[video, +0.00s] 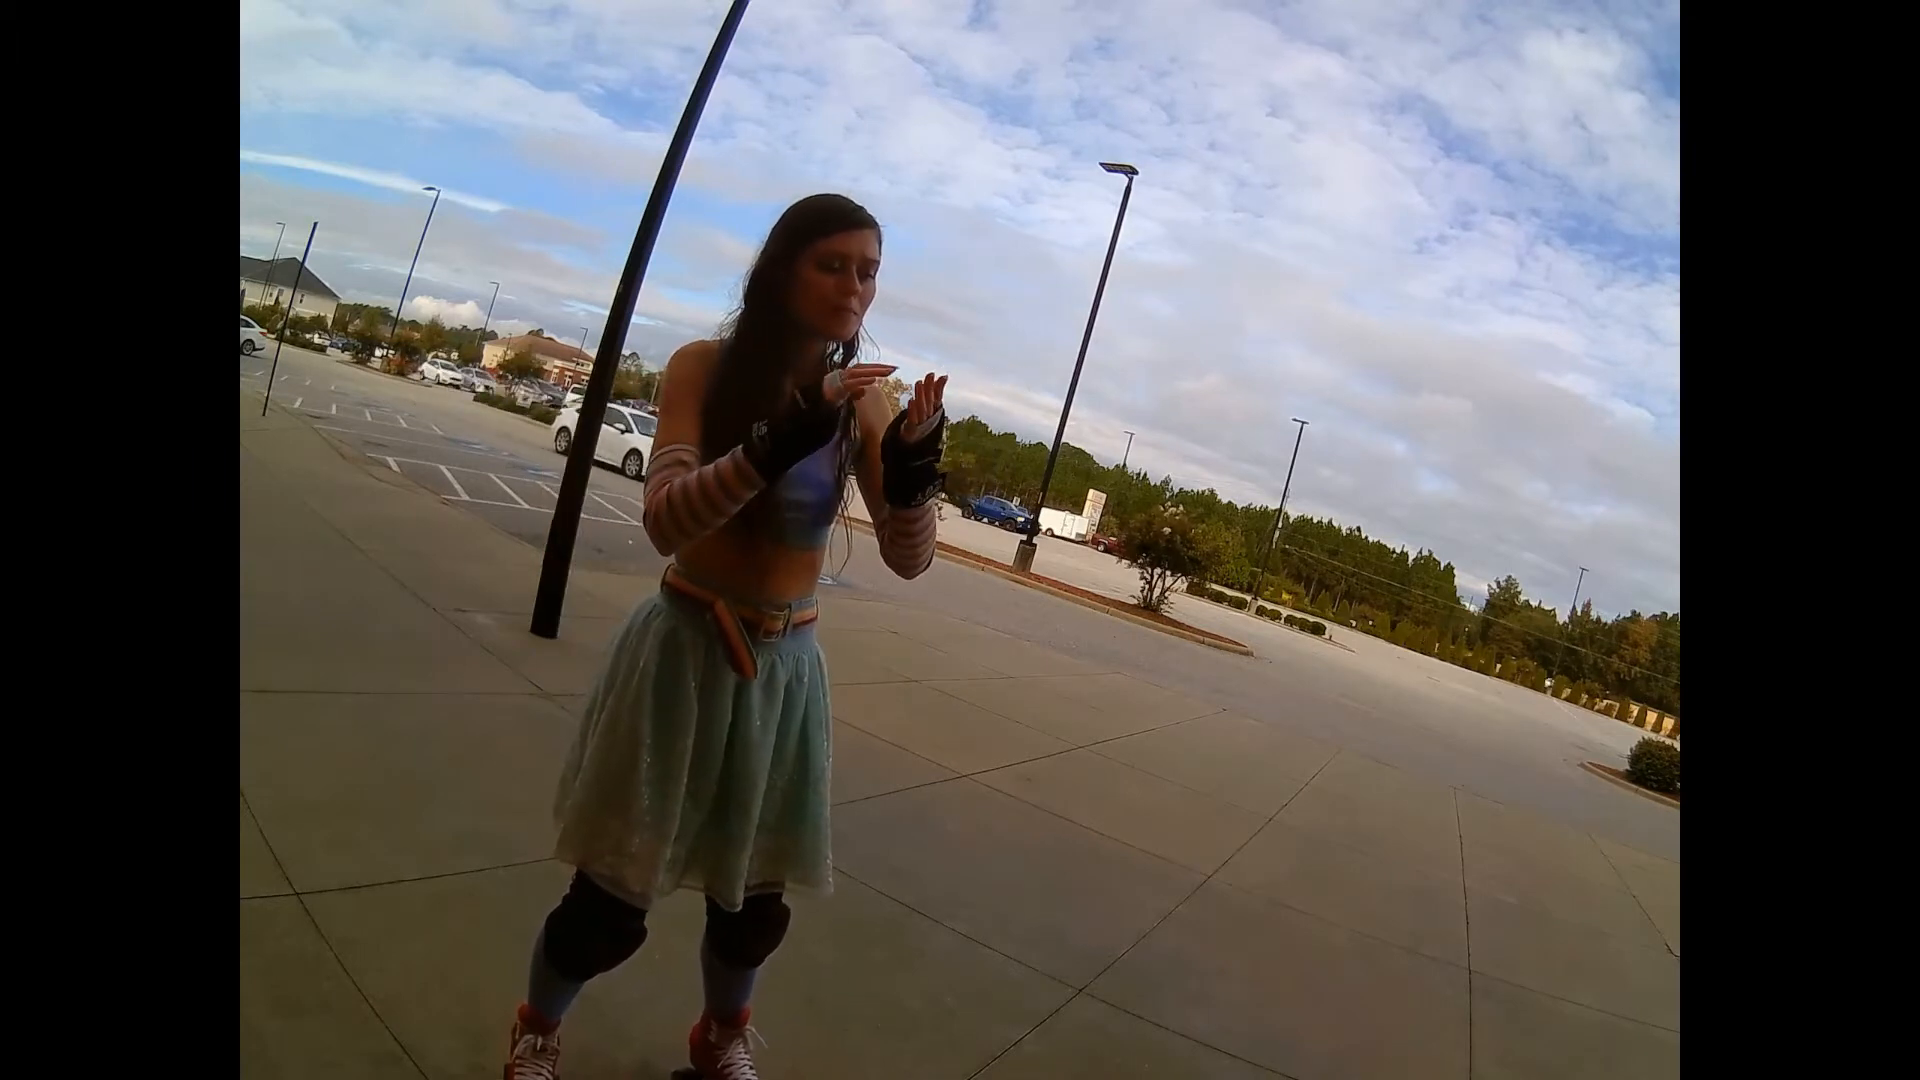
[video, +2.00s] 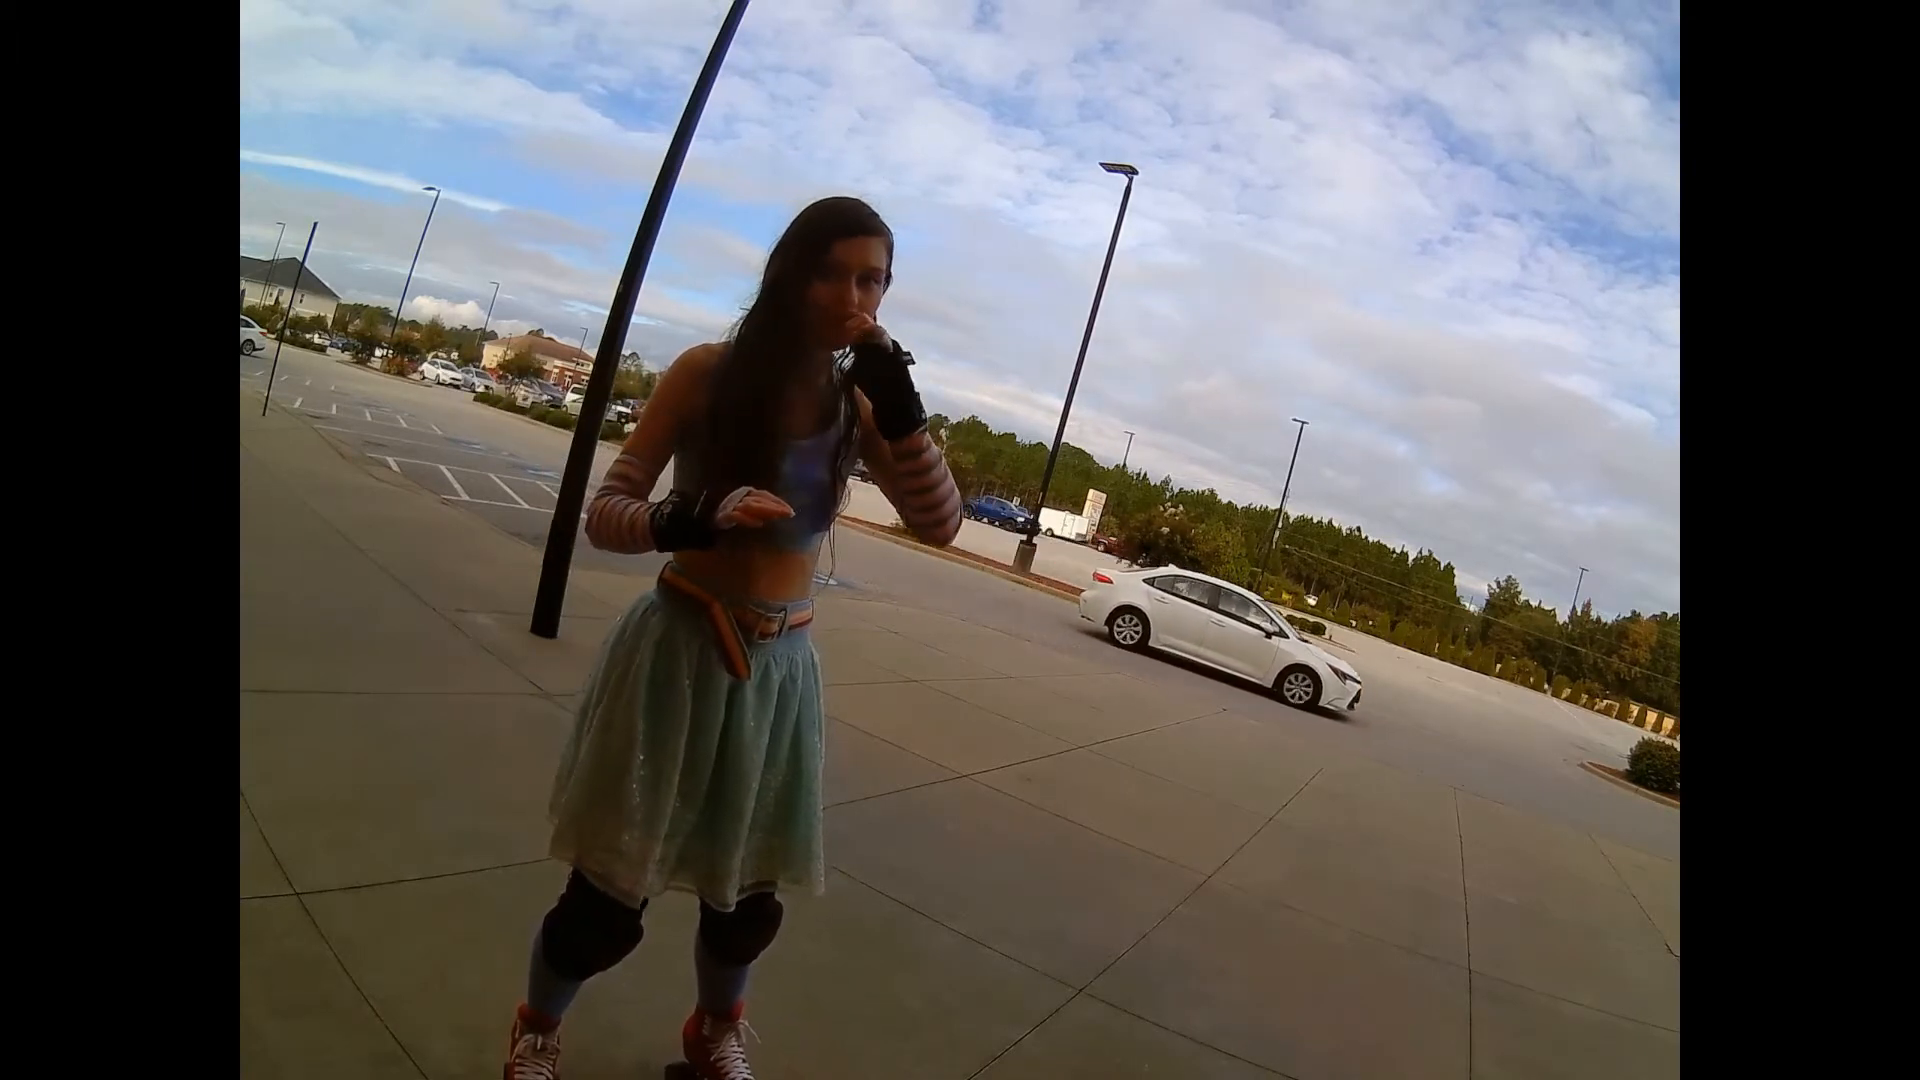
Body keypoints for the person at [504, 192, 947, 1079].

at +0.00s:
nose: (852, 286)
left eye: (867, 272)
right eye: (833, 265)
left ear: (875, 287)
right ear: (783, 269)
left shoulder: (859, 401)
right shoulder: (704, 369)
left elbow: (909, 558)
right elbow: (668, 521)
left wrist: (913, 453)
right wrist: (788, 436)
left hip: (786, 664)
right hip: (685, 647)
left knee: (756, 908)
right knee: (614, 905)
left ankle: (721, 1039)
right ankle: (536, 1032)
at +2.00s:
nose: (861, 300)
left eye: (877, 282)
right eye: (844, 278)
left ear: (885, 295)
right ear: (795, 277)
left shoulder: (858, 407)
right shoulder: (705, 376)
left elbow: (938, 521)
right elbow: (607, 513)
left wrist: (898, 398)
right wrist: (695, 518)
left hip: (779, 665)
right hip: (675, 648)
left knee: (749, 906)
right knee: (605, 906)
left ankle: (715, 1036)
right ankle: (536, 1036)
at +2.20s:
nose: (828, 288)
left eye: (850, 272)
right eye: (810, 266)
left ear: (871, 290)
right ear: (774, 270)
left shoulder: (862, 410)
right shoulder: (699, 373)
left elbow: (878, 578)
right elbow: (604, 503)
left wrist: (895, 483)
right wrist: (655, 547)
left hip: (776, 668)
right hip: (671, 650)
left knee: (747, 901)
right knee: (602, 895)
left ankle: (714, 1037)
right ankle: (535, 1037)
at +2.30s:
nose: (816, 286)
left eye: (839, 269)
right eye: (798, 264)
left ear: (863, 288)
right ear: (764, 272)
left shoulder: (865, 411)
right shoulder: (695, 373)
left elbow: (845, 544)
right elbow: (605, 496)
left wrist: (874, 609)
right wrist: (620, 570)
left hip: (773, 672)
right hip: (666, 656)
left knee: (746, 905)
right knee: (599, 896)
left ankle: (714, 1035)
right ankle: (535, 1033)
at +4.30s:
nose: (838, 316)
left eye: (862, 300)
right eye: (823, 293)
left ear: (897, 315)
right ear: (799, 297)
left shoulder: (902, 426)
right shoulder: (739, 382)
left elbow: (868, 568)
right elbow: (671, 521)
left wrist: (872, 683)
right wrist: (637, 640)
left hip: (811, 677)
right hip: (702, 652)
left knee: (760, 887)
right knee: (619, 868)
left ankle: (716, 1032)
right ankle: (579, 1034)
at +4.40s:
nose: (838, 316)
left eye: (862, 300)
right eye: (823, 293)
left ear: (897, 316)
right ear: (799, 298)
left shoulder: (898, 427)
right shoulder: (737, 383)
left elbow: (864, 572)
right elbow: (670, 522)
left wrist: (867, 688)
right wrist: (637, 644)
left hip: (809, 679)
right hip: (699, 654)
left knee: (758, 886)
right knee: (619, 872)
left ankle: (715, 1032)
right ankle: (586, 1035)